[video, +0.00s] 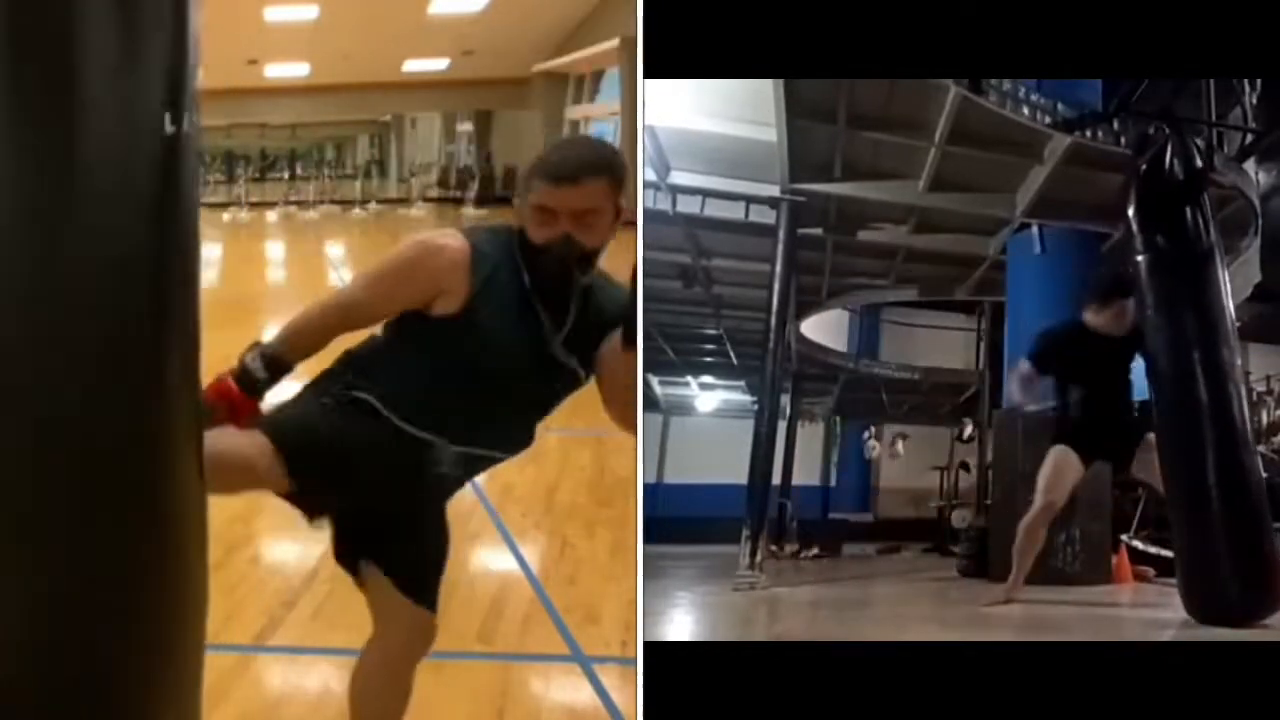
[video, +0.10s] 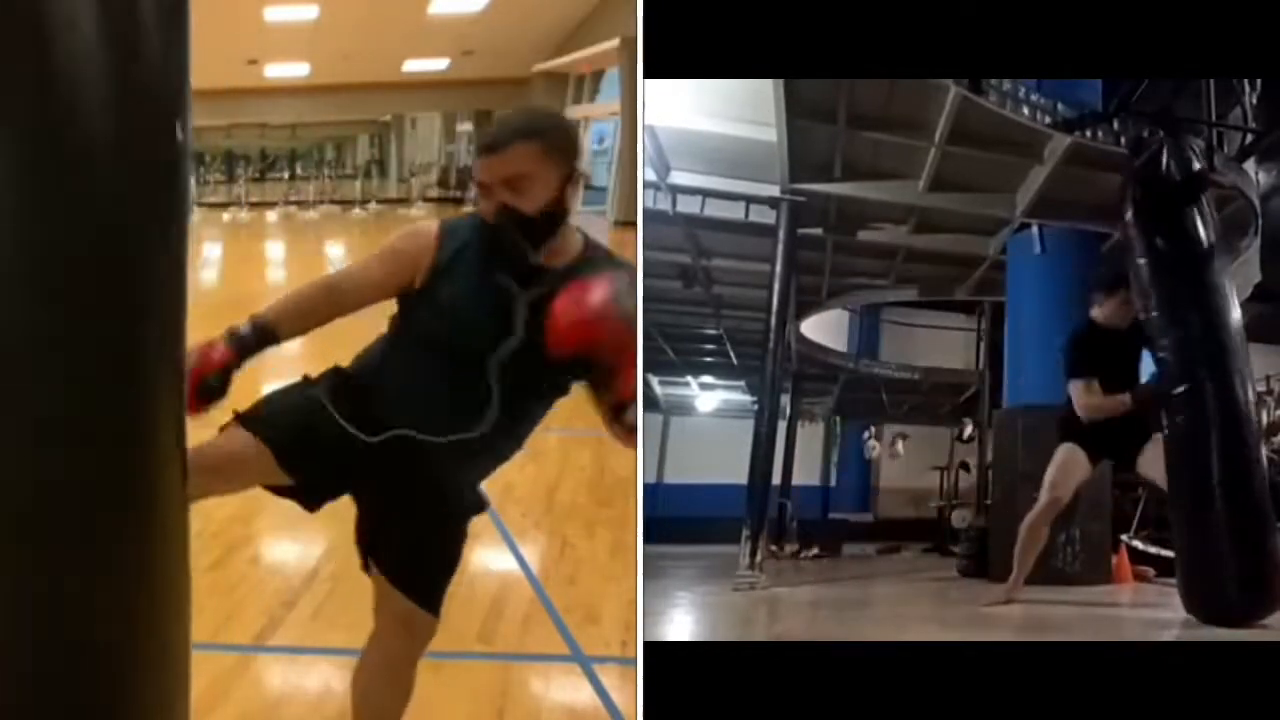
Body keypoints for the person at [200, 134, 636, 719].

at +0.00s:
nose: (564, 234)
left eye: (585, 218)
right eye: (547, 215)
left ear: (618, 217)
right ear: (523, 205)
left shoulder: (608, 314)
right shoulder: (453, 261)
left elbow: (636, 412)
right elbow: (341, 312)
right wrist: (248, 379)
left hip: (417, 481)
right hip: (347, 426)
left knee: (406, 629)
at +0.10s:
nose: (495, 206)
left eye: (514, 189)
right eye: (483, 188)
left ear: (569, 186)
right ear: (472, 179)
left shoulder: (601, 288)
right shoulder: (441, 246)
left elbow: (630, 425)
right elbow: (334, 294)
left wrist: (613, 351)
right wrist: (233, 346)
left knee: (404, 632)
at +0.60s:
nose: (385, 178)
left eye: (398, 165)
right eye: (378, 165)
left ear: (436, 159)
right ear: (372, 158)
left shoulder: (479, 235)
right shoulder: (380, 220)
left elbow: (488, 339)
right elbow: (337, 297)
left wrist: (399, 310)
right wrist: (310, 286)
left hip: (450, 419)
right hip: (392, 406)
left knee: (427, 569)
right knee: (410, 517)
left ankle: (432, 708)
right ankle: (421, 606)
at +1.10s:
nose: (332, 190)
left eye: (343, 176)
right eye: (324, 178)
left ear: (381, 161)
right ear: (319, 169)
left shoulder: (445, 215)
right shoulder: (348, 222)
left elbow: (503, 303)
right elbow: (319, 297)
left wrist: (410, 266)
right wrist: (292, 280)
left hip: (442, 413)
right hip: (380, 403)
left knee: (371, 542)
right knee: (410, 511)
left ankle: (391, 695)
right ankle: (432, 598)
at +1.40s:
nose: (329, 223)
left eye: (341, 206)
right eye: (318, 212)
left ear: (377, 188)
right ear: (310, 205)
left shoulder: (444, 233)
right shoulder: (332, 251)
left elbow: (550, 296)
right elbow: (323, 298)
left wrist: (441, 278)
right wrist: (279, 327)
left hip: (446, 448)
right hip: (368, 435)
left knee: (415, 601)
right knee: (340, 520)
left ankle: (406, 712)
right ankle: (415, 580)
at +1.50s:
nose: (364, 221)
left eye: (378, 204)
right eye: (351, 208)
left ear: (416, 186)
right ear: (338, 199)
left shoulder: (472, 238)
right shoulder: (321, 260)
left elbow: (586, 292)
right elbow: (238, 318)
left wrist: (535, 245)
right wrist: (180, 354)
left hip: (454, 453)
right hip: (369, 446)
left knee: (422, 606)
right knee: (377, 534)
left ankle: (410, 712)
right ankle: (421, 586)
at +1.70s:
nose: (363, 198)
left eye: (377, 185)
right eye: (354, 185)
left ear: (419, 174)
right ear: (347, 179)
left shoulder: (484, 237)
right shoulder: (331, 246)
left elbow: (554, 325)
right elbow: (276, 301)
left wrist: (481, 292)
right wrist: (265, 337)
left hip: (437, 447)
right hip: (357, 435)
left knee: (422, 592)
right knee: (359, 523)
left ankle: (409, 711)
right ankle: (380, 576)